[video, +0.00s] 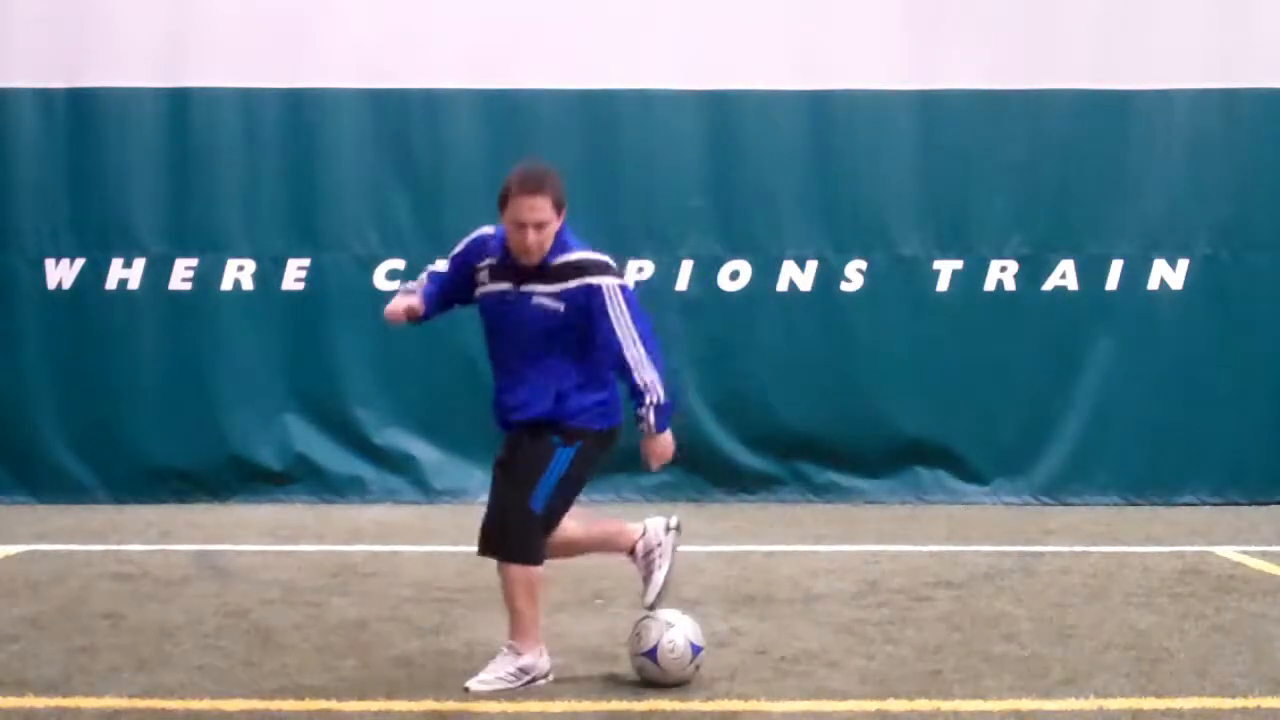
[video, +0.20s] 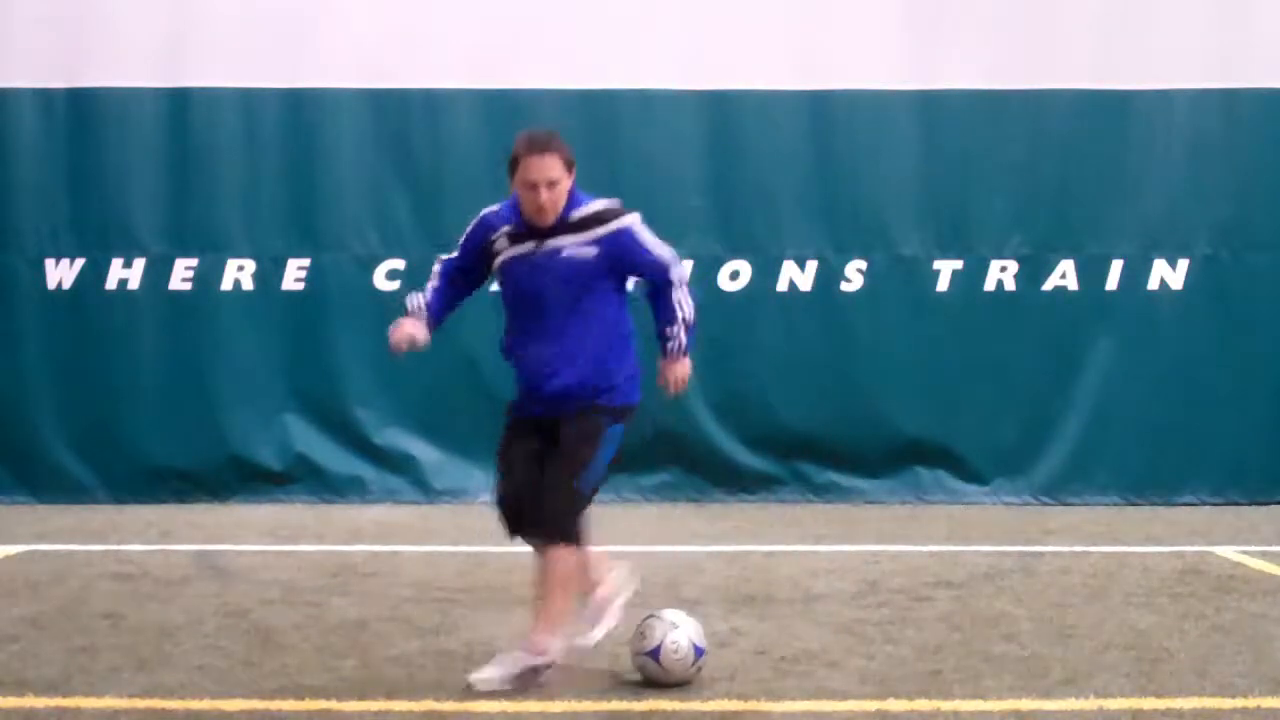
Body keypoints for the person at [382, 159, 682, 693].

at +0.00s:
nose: (530, 238)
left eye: (541, 226)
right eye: (520, 225)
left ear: (559, 218)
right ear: (503, 218)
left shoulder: (589, 270)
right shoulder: (483, 251)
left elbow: (632, 342)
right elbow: (446, 282)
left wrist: (655, 419)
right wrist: (417, 300)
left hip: (580, 420)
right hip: (524, 420)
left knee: (517, 526)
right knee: (512, 536)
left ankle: (527, 655)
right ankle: (640, 538)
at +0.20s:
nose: (542, 198)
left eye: (552, 186)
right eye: (531, 187)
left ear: (570, 179)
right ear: (513, 184)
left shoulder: (608, 223)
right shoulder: (495, 229)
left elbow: (668, 274)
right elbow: (456, 274)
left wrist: (675, 345)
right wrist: (420, 315)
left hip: (600, 395)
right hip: (536, 396)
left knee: (556, 507)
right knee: (521, 508)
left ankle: (543, 648)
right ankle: (604, 578)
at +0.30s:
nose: (554, 194)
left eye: (564, 181)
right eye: (542, 183)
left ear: (582, 177)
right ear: (525, 184)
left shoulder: (621, 220)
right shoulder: (509, 232)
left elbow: (672, 276)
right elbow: (469, 291)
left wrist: (685, 352)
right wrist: (444, 351)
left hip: (622, 391)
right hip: (550, 395)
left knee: (621, 506)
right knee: (543, 516)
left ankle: (625, 627)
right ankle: (535, 633)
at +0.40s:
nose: (582, 196)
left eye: (593, 184)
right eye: (571, 185)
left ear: (610, 184)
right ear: (552, 185)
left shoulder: (643, 234)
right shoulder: (527, 239)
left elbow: (690, 299)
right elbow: (490, 298)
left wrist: (716, 361)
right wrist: (464, 349)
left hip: (639, 404)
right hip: (560, 409)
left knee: (683, 500)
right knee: (541, 528)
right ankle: (541, 639)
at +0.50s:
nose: (620, 163)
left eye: (630, 151)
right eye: (609, 152)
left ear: (648, 150)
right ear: (588, 153)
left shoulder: (680, 202)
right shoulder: (561, 204)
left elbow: (717, 272)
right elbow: (523, 264)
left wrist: (732, 334)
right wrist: (508, 313)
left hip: (665, 377)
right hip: (585, 383)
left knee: (717, 487)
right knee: (562, 507)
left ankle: (767, 611)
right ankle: (550, 628)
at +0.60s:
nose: (660, 153)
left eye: (670, 142)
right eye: (649, 143)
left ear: (686, 144)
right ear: (629, 144)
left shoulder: (717, 196)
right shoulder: (597, 195)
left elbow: (751, 269)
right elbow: (558, 255)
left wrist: (761, 331)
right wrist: (555, 304)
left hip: (696, 365)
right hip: (618, 363)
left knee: (732, 490)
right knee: (590, 456)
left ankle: (731, 610)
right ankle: (604, 567)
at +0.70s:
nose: (697, 175)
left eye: (707, 165)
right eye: (687, 165)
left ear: (723, 169)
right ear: (667, 167)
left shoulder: (753, 221)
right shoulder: (636, 217)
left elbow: (788, 288)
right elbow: (590, 276)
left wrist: (810, 349)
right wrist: (589, 316)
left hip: (725, 382)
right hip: (652, 374)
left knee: (729, 514)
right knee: (637, 440)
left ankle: (720, 626)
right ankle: (649, 570)